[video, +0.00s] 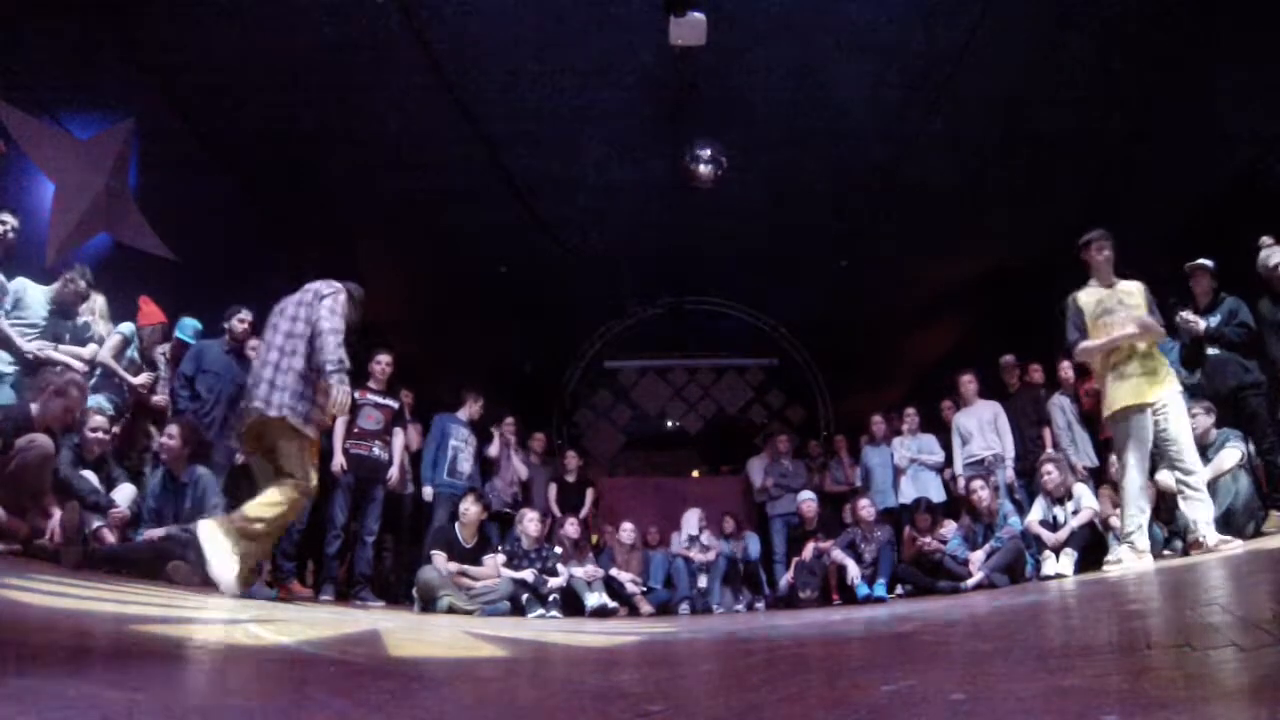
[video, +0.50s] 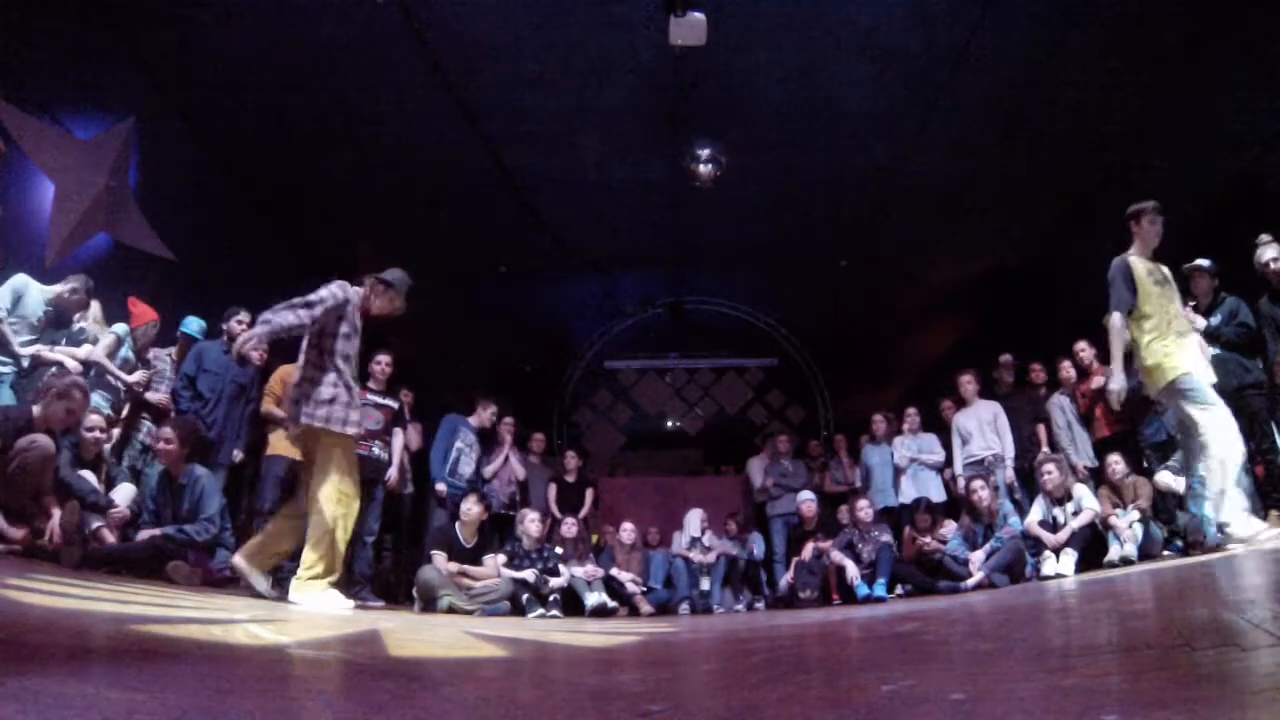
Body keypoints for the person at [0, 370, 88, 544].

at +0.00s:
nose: (70, 420)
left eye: (74, 415)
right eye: (67, 411)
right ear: (50, 393)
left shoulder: (52, 437)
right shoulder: (7, 422)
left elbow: (45, 489)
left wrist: (56, 513)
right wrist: (8, 522)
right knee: (40, 446)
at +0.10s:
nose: (68, 421)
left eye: (73, 418)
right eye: (66, 411)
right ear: (49, 394)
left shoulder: (51, 438)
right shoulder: (8, 422)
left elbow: (44, 490)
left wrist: (56, 512)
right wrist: (7, 521)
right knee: (40, 446)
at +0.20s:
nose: (68, 421)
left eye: (73, 418)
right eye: (66, 411)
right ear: (50, 394)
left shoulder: (52, 438)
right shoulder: (8, 422)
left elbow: (45, 490)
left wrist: (56, 512)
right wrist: (7, 521)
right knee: (40, 446)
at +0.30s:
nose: (68, 422)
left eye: (74, 419)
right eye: (67, 412)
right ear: (52, 394)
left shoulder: (52, 438)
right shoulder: (8, 422)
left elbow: (45, 489)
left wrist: (55, 512)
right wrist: (6, 523)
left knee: (70, 509)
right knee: (41, 446)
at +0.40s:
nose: (69, 422)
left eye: (75, 419)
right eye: (68, 412)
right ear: (52, 395)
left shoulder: (52, 439)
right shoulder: (8, 421)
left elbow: (46, 490)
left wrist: (55, 513)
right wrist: (4, 523)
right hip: (5, 498)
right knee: (41, 446)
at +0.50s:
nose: (70, 422)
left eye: (76, 419)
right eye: (68, 412)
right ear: (52, 396)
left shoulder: (52, 439)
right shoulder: (7, 422)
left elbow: (46, 490)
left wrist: (56, 514)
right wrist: (5, 528)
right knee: (41, 447)